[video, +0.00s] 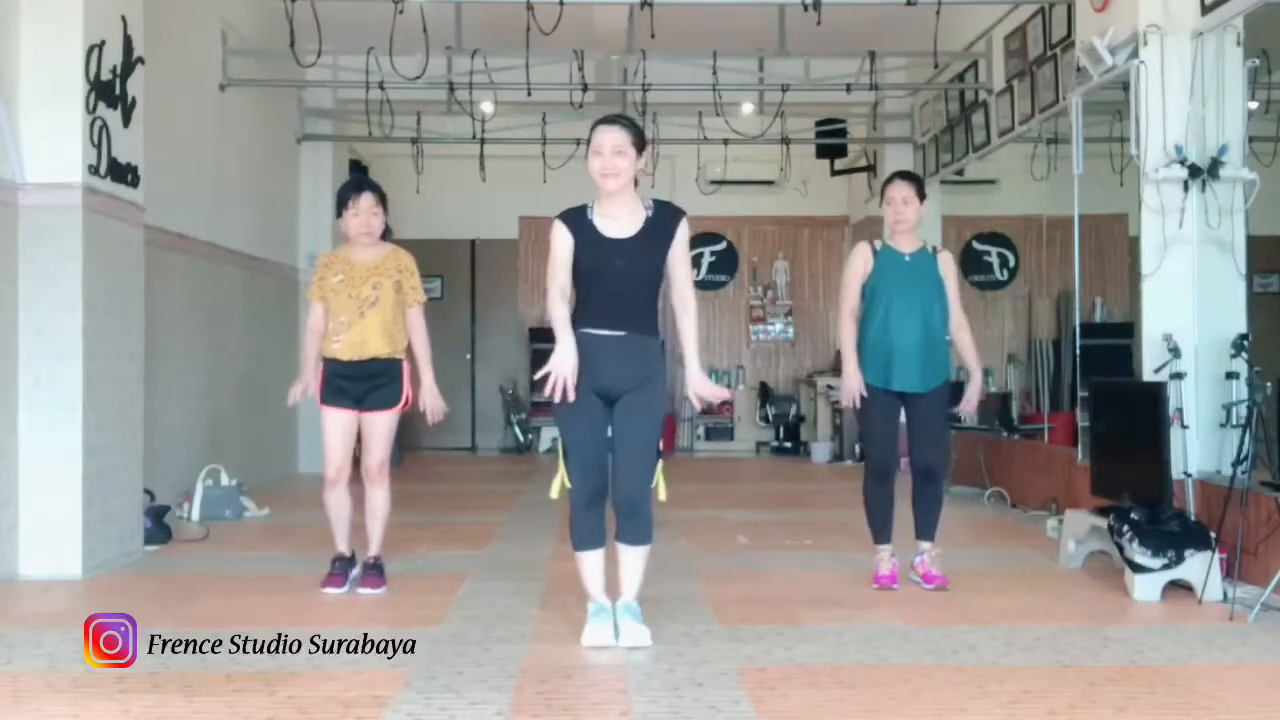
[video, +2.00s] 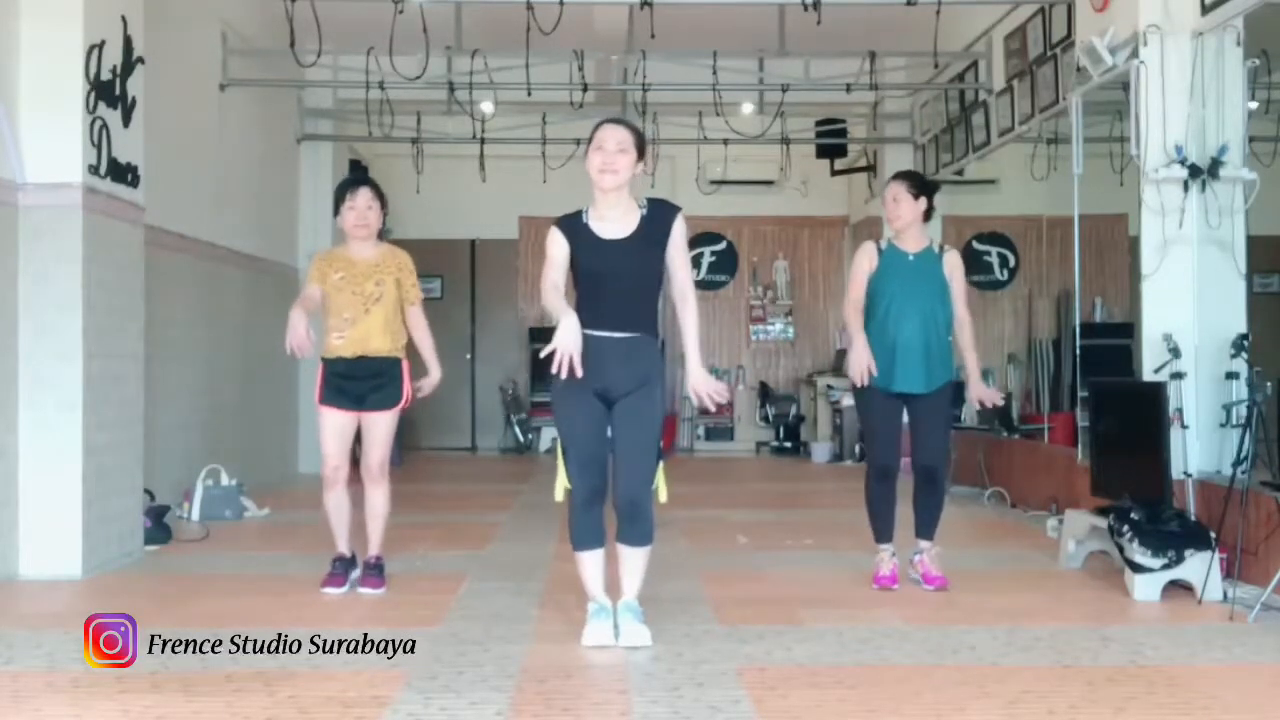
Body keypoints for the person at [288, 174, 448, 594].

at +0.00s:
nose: (365, 220)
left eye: (373, 211)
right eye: (355, 212)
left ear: (384, 217)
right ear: (341, 219)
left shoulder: (401, 262)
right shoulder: (328, 264)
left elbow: (416, 325)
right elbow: (315, 323)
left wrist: (428, 383)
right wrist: (308, 373)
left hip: (385, 371)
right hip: (336, 370)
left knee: (375, 469)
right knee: (335, 472)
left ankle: (373, 559)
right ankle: (342, 556)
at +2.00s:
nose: (361, 214)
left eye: (370, 207)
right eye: (351, 207)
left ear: (382, 216)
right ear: (339, 216)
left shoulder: (398, 260)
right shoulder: (326, 262)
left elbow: (415, 316)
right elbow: (309, 300)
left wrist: (433, 366)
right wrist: (297, 314)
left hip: (386, 371)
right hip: (338, 371)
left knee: (375, 469)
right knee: (334, 470)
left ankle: (373, 559)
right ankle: (342, 556)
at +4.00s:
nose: (361, 216)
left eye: (370, 209)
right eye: (352, 209)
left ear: (382, 217)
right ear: (339, 218)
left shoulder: (398, 262)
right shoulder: (326, 262)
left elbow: (412, 316)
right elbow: (310, 291)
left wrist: (427, 365)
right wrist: (303, 306)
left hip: (386, 370)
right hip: (338, 370)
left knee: (375, 468)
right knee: (337, 470)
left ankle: (373, 559)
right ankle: (345, 558)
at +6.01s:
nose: (371, 219)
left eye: (378, 211)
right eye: (361, 211)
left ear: (388, 216)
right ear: (345, 218)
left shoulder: (405, 259)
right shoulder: (332, 265)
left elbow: (421, 318)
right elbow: (318, 317)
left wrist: (430, 371)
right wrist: (318, 347)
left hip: (390, 368)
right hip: (341, 367)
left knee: (382, 468)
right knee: (346, 468)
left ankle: (393, 561)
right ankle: (349, 560)